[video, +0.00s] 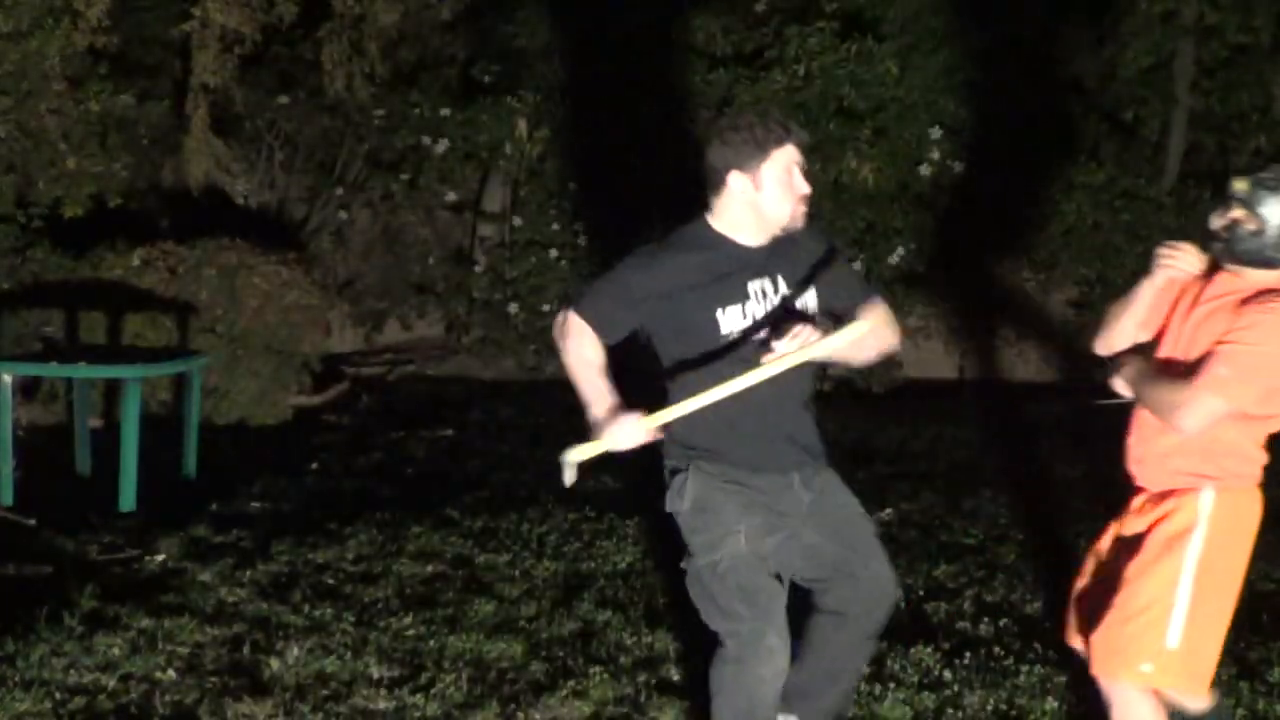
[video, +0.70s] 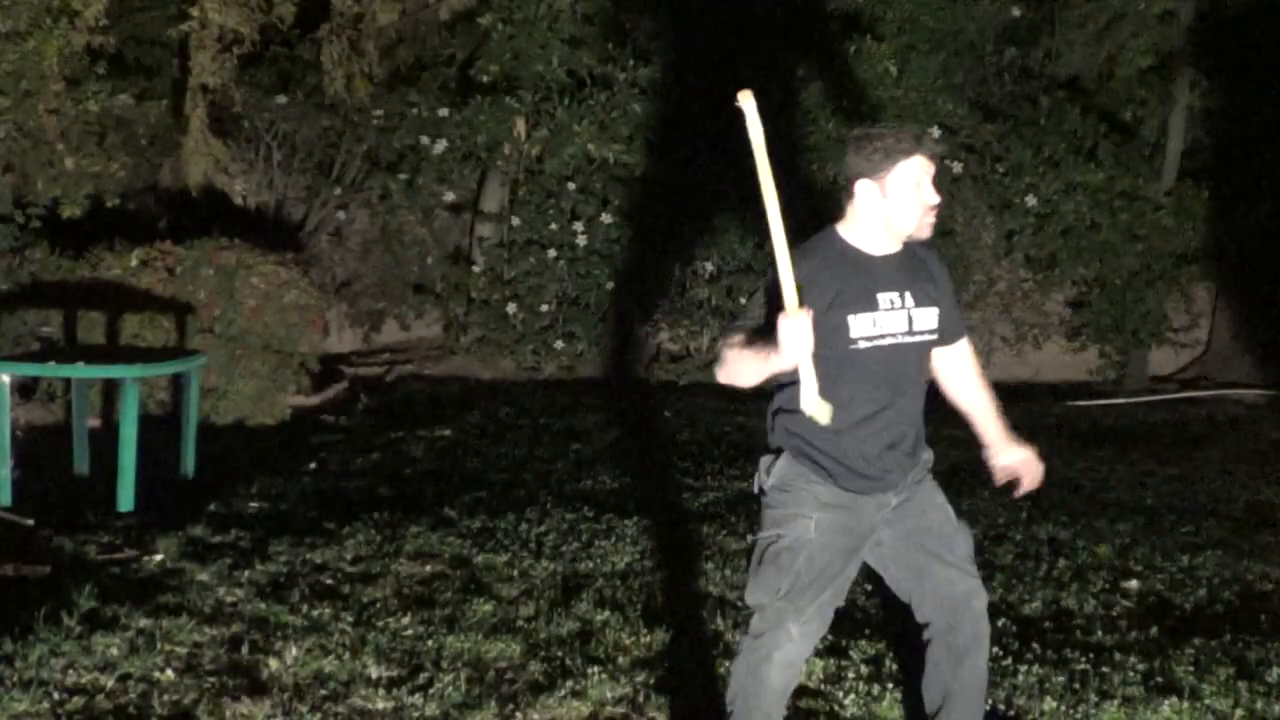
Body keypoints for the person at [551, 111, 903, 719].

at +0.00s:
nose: (807, 188)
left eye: (803, 170)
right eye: (792, 171)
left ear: (757, 182)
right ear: (744, 181)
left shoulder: (806, 252)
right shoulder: (668, 268)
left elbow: (885, 333)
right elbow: (576, 328)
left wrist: (824, 344)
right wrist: (607, 414)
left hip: (807, 481)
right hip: (716, 488)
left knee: (867, 593)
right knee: (757, 643)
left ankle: (800, 711)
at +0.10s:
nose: (827, 220)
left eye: (824, 203)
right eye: (811, 206)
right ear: (759, 218)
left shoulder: (840, 284)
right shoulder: (690, 290)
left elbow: (908, 379)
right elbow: (616, 323)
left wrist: (844, 377)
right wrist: (569, 389)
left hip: (841, 497)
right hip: (740, 506)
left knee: (918, 611)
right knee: (750, 640)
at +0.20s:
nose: (844, 231)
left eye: (843, 215)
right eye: (827, 218)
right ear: (775, 229)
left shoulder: (876, 291)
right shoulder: (722, 295)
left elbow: (964, 350)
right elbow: (661, 331)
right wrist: (594, 362)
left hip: (874, 499)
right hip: (769, 505)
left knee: (953, 626)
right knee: (751, 646)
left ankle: (959, 715)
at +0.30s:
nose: (873, 222)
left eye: (872, 207)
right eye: (858, 210)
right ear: (805, 219)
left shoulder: (904, 285)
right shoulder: (751, 293)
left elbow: (994, 318)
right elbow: (694, 340)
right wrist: (639, 323)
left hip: (896, 501)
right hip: (792, 504)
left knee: (962, 625)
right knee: (759, 641)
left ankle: (956, 715)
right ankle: (741, 717)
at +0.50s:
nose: (943, 207)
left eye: (942, 192)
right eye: (932, 191)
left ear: (888, 197)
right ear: (881, 197)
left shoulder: (939, 275)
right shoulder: (799, 276)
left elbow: (1023, 313)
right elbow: (718, 349)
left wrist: (1111, 338)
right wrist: (736, 285)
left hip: (912, 491)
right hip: (816, 491)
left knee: (970, 609)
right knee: (779, 640)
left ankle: (957, 713)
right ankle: (743, 715)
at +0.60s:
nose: (950, 200)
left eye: (948, 183)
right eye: (936, 184)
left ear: (905, 192)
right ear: (889, 190)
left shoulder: (935, 268)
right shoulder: (814, 267)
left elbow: (996, 336)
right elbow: (731, 359)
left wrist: (1071, 388)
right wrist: (772, 309)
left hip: (910, 486)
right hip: (820, 486)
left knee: (963, 608)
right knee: (784, 637)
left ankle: (958, 715)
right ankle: (744, 716)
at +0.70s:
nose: (936, 199)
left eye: (935, 185)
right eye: (922, 186)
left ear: (878, 192)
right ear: (870, 191)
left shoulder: (924, 267)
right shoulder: (810, 269)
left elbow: (955, 359)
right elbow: (730, 368)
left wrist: (999, 442)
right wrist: (778, 354)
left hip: (906, 488)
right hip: (815, 488)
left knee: (961, 613)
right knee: (780, 642)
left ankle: (958, 715)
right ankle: (747, 715)